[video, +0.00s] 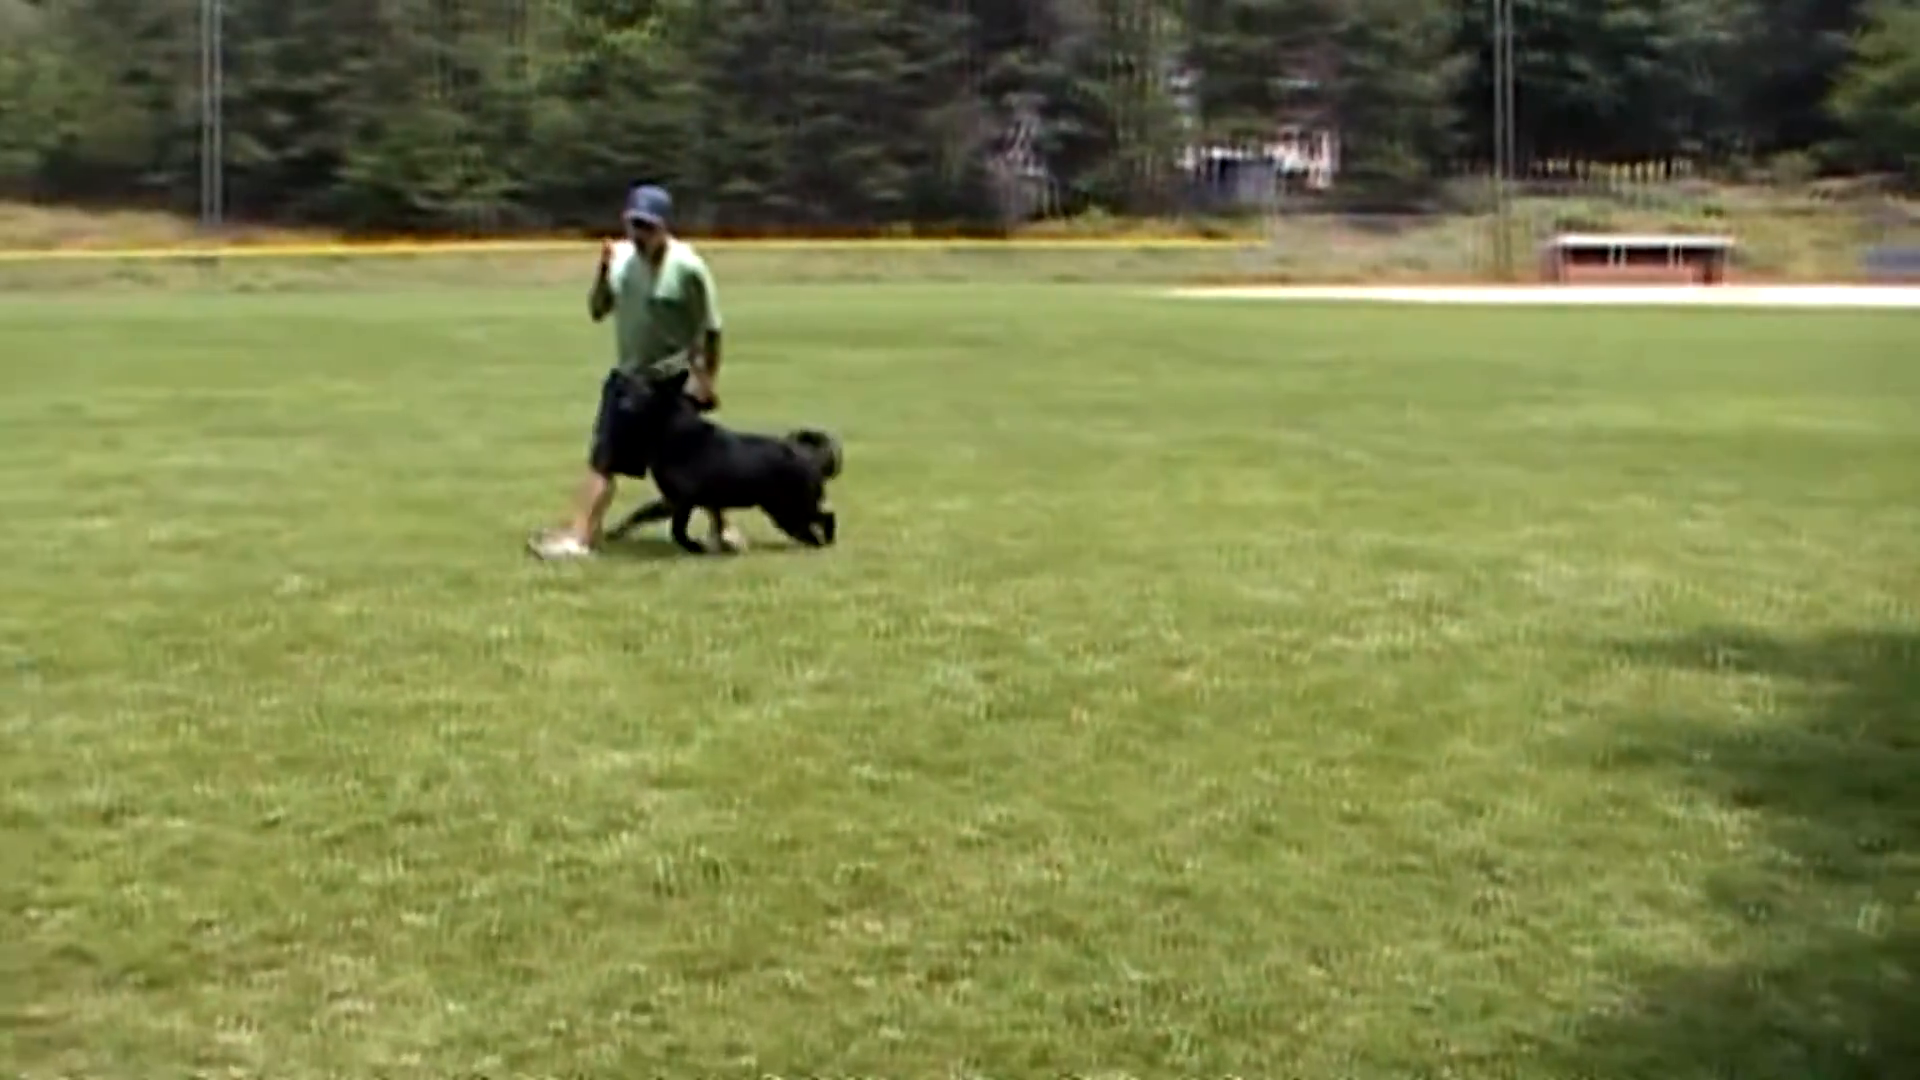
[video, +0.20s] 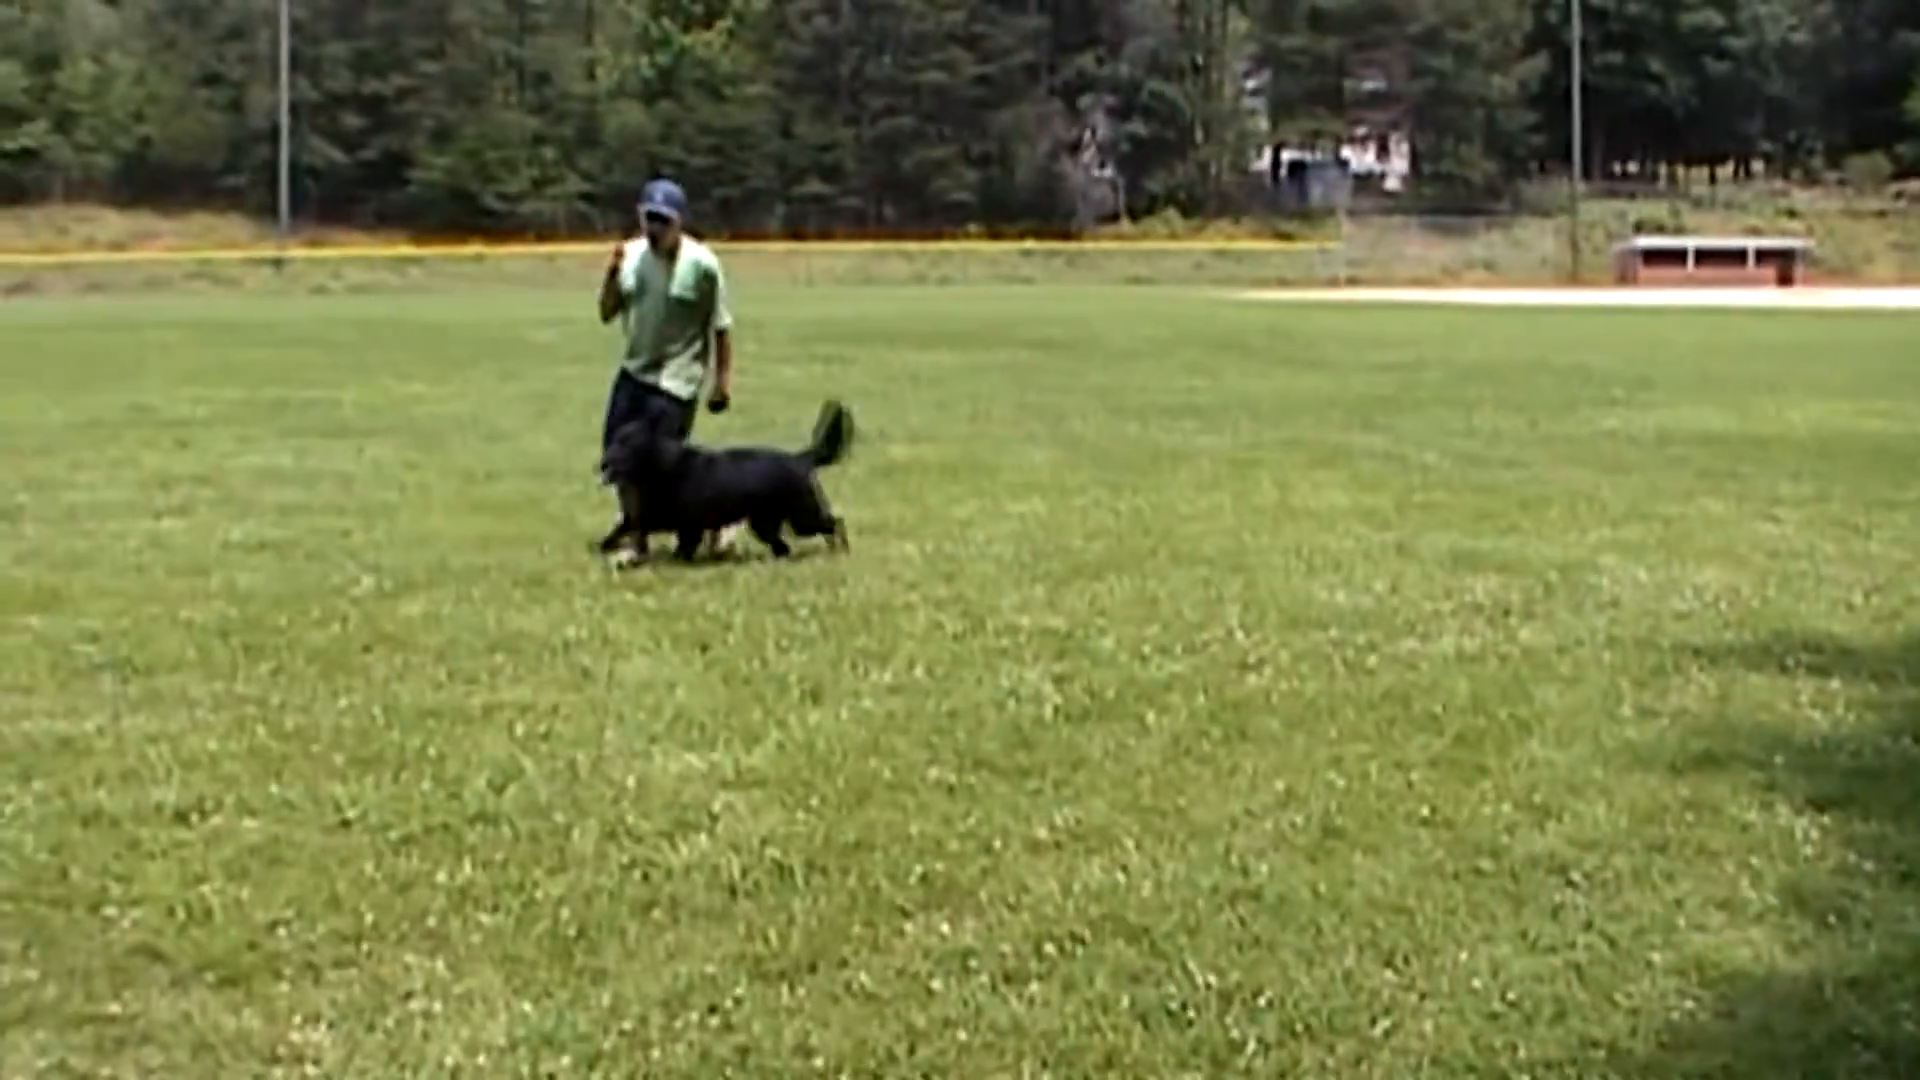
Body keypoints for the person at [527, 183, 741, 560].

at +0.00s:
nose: (638, 235)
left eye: (646, 227)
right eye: (633, 226)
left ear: (664, 227)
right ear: (626, 226)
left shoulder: (687, 268)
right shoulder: (622, 259)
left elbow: (711, 327)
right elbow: (599, 311)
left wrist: (706, 377)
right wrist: (604, 272)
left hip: (672, 381)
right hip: (627, 378)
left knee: (694, 459)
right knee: (602, 464)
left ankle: (720, 528)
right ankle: (583, 536)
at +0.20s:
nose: (653, 228)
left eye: (662, 220)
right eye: (648, 218)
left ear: (679, 222)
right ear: (641, 219)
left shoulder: (703, 265)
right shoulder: (634, 256)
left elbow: (720, 324)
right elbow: (608, 313)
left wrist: (721, 381)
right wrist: (613, 274)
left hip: (680, 372)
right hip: (637, 367)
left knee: (659, 457)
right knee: (620, 452)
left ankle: (711, 520)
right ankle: (633, 534)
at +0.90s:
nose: (443, 195)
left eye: (451, 185)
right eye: (435, 185)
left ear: (463, 189)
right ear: (420, 188)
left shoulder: (487, 243)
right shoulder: (395, 238)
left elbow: (501, 309)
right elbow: (375, 301)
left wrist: (479, 362)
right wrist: (354, 357)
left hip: (458, 370)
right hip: (405, 362)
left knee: (455, 468)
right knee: (386, 451)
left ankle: (453, 550)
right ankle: (394, 544)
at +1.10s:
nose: (360, 191)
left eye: (369, 181)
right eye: (351, 180)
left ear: (381, 186)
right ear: (334, 185)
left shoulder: (405, 240)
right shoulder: (311, 239)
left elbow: (422, 308)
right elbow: (293, 301)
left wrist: (401, 362)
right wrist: (269, 359)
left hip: (383, 375)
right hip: (329, 369)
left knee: (385, 474)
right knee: (322, 470)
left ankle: (399, 554)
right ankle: (313, 566)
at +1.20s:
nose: (328, 182)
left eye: (336, 172)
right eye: (319, 171)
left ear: (348, 177)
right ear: (301, 177)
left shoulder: (371, 233)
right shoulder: (276, 231)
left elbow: (387, 306)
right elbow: (259, 300)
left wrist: (378, 367)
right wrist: (235, 361)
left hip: (343, 371)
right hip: (288, 365)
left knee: (347, 471)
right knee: (284, 472)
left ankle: (359, 520)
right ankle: (291, 562)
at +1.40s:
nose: (257, 165)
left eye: (264, 154)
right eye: (247, 154)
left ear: (276, 159)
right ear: (227, 159)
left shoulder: (301, 219)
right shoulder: (190, 215)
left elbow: (325, 293)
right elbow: (160, 277)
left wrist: (329, 355)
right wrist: (146, 332)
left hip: (272, 347)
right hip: (210, 347)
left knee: (267, 451)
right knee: (218, 463)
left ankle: (264, 552)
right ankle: (227, 558)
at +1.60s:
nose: (104, 177)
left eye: (111, 166)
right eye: (92, 166)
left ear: (120, 172)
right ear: (66, 171)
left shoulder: (146, 234)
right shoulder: (29, 231)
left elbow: (166, 309)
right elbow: (6, 297)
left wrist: (173, 376)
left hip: (112, 370)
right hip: (44, 371)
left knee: (98, 482)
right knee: (59, 487)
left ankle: (98, 593)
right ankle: (74, 570)